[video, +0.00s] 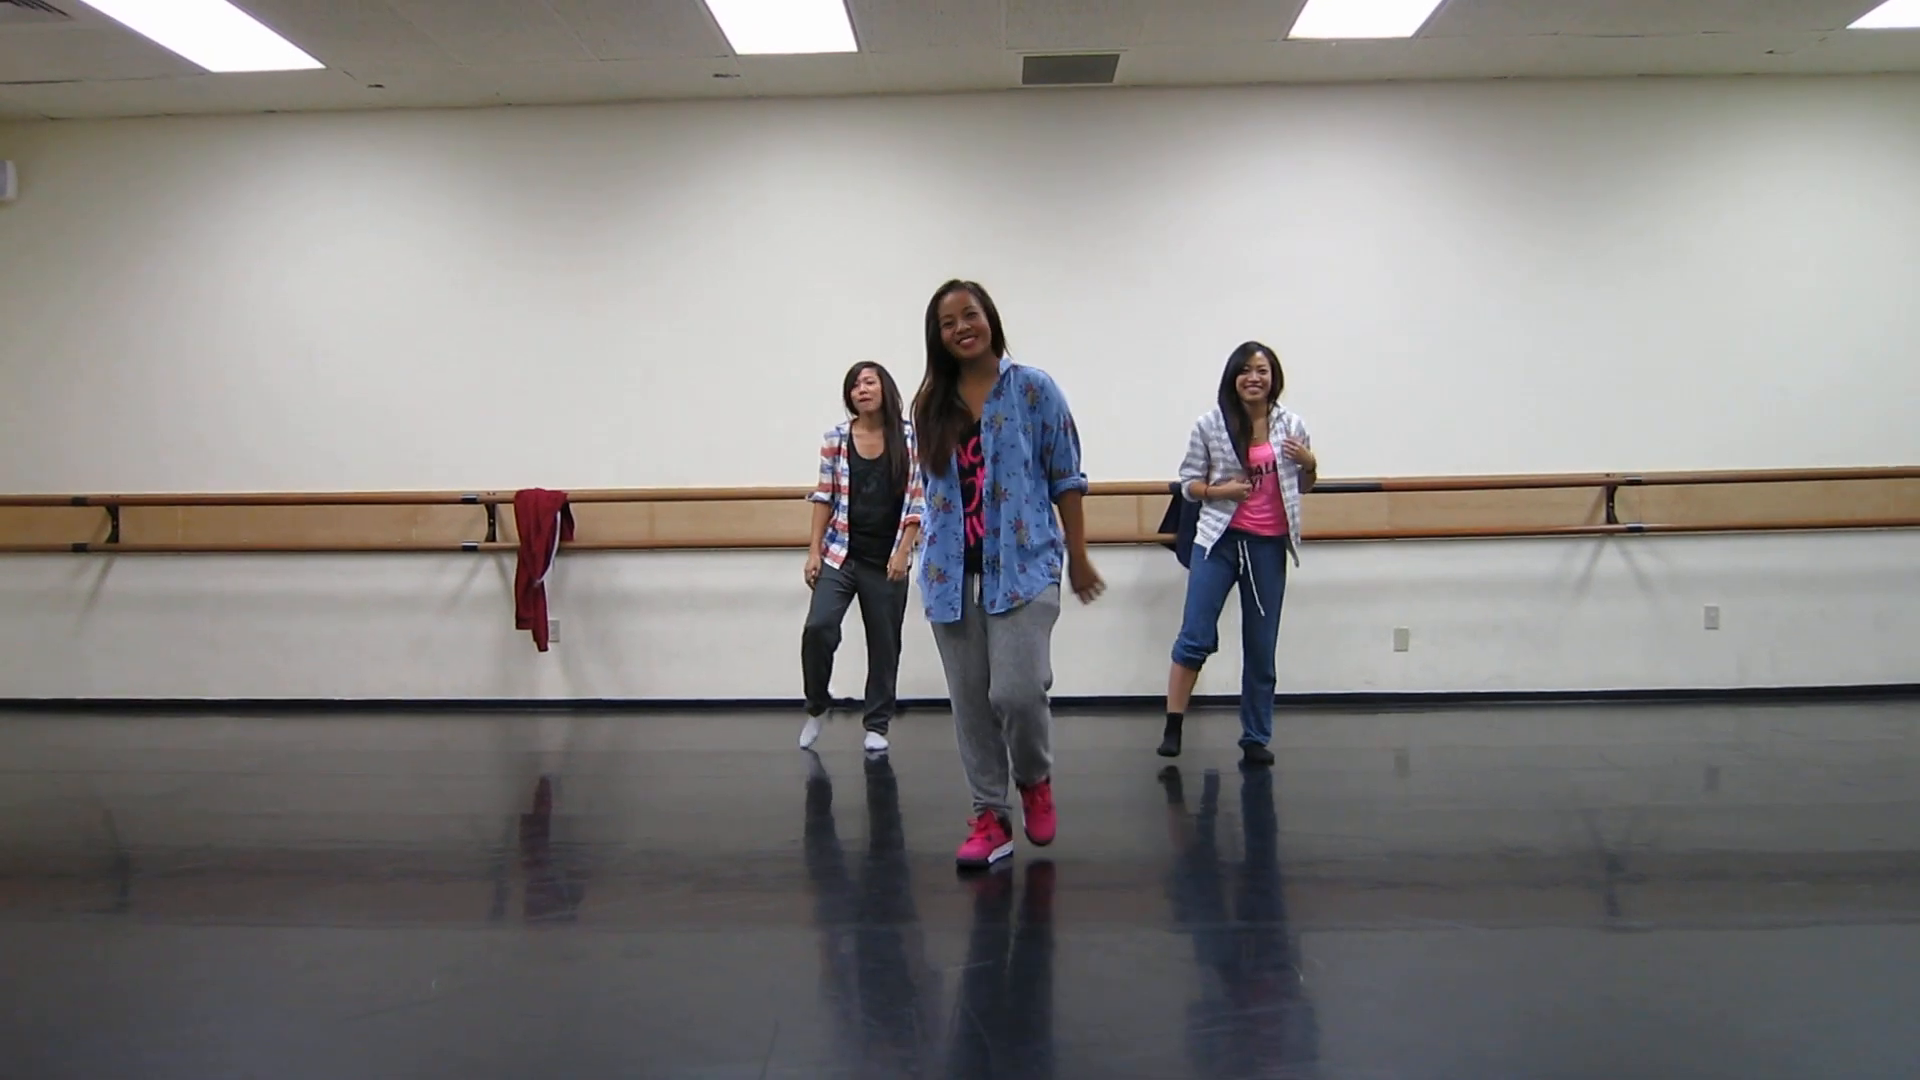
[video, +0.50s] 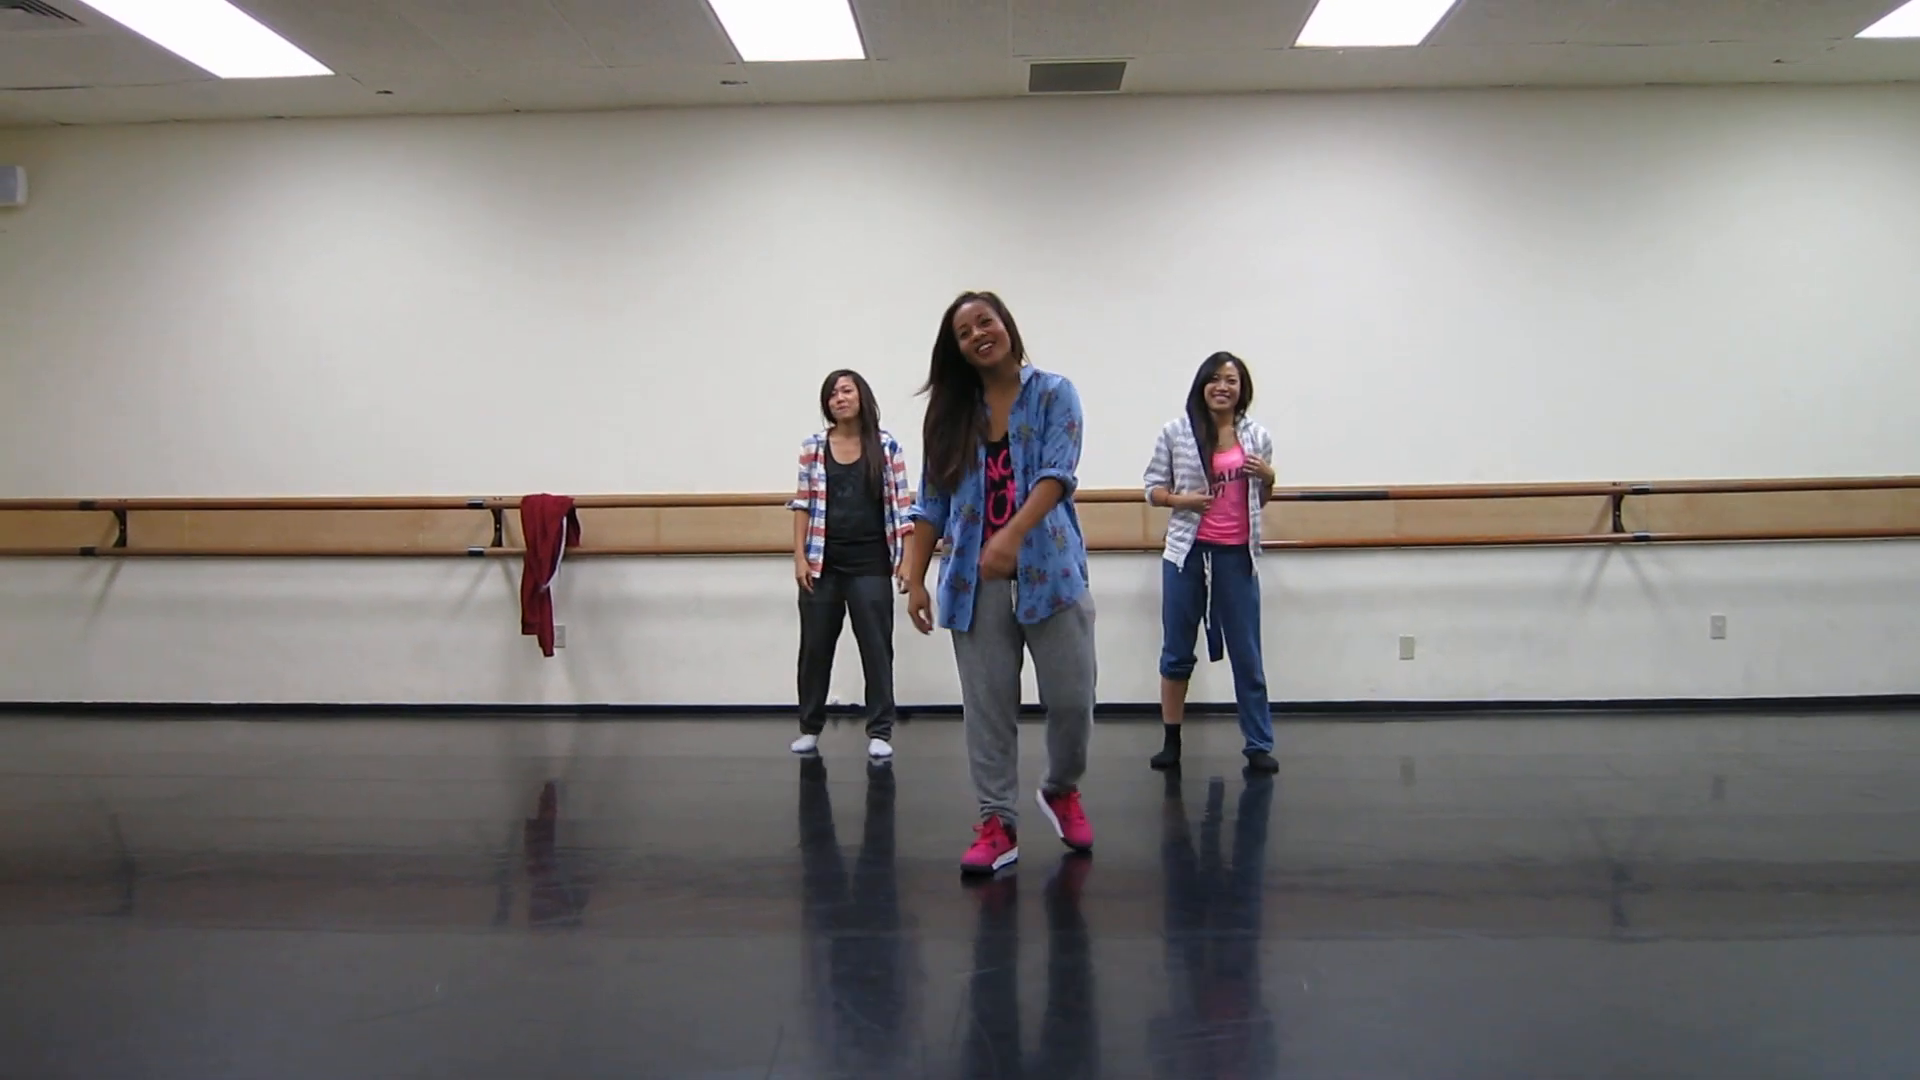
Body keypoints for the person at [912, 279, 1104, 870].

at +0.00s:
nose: (963, 326)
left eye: (971, 314)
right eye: (949, 322)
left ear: (992, 320)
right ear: (938, 336)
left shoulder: (1034, 389)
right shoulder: (930, 405)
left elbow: (1065, 478)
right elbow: (929, 490)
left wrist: (1078, 558)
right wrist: (914, 551)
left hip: (1024, 570)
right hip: (949, 575)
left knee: (1015, 693)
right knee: (969, 701)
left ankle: (1033, 780)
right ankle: (991, 816)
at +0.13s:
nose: (955, 328)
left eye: (960, 315)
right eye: (941, 326)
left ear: (983, 319)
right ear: (933, 345)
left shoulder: (1030, 384)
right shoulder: (934, 410)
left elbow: (1072, 472)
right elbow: (930, 497)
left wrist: (1102, 548)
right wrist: (916, 556)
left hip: (1025, 569)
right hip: (953, 574)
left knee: (1017, 700)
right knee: (972, 703)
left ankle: (1027, 778)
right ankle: (991, 816)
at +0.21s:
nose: (953, 331)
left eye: (958, 318)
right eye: (939, 330)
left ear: (981, 323)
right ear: (933, 349)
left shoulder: (1029, 384)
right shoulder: (936, 412)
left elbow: (1074, 469)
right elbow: (929, 506)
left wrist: (1101, 547)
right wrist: (910, 577)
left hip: (1030, 574)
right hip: (957, 578)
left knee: (1029, 703)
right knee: (976, 704)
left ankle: (1028, 784)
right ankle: (993, 818)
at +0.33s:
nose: (959, 333)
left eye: (964, 320)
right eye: (945, 332)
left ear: (987, 325)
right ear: (940, 352)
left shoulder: (1036, 387)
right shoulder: (942, 414)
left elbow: (1065, 471)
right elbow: (930, 506)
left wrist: (1074, 552)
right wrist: (908, 578)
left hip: (1039, 572)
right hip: (968, 578)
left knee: (1049, 702)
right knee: (982, 701)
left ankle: (1032, 779)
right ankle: (996, 819)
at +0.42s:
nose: (967, 332)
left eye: (974, 320)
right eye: (954, 331)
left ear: (997, 325)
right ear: (948, 351)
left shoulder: (1044, 388)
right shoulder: (945, 415)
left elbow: (1057, 472)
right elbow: (929, 504)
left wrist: (1044, 544)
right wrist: (909, 580)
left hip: (1043, 572)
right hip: (971, 580)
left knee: (1062, 702)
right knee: (985, 706)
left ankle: (1043, 779)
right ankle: (996, 822)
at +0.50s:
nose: (980, 333)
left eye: (986, 320)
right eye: (966, 330)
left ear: (1009, 326)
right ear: (958, 349)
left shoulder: (1053, 391)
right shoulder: (951, 413)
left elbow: (1056, 477)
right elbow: (931, 500)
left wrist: (1011, 535)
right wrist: (915, 579)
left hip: (1051, 574)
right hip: (976, 580)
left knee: (1073, 700)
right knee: (987, 707)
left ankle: (1061, 789)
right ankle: (997, 823)